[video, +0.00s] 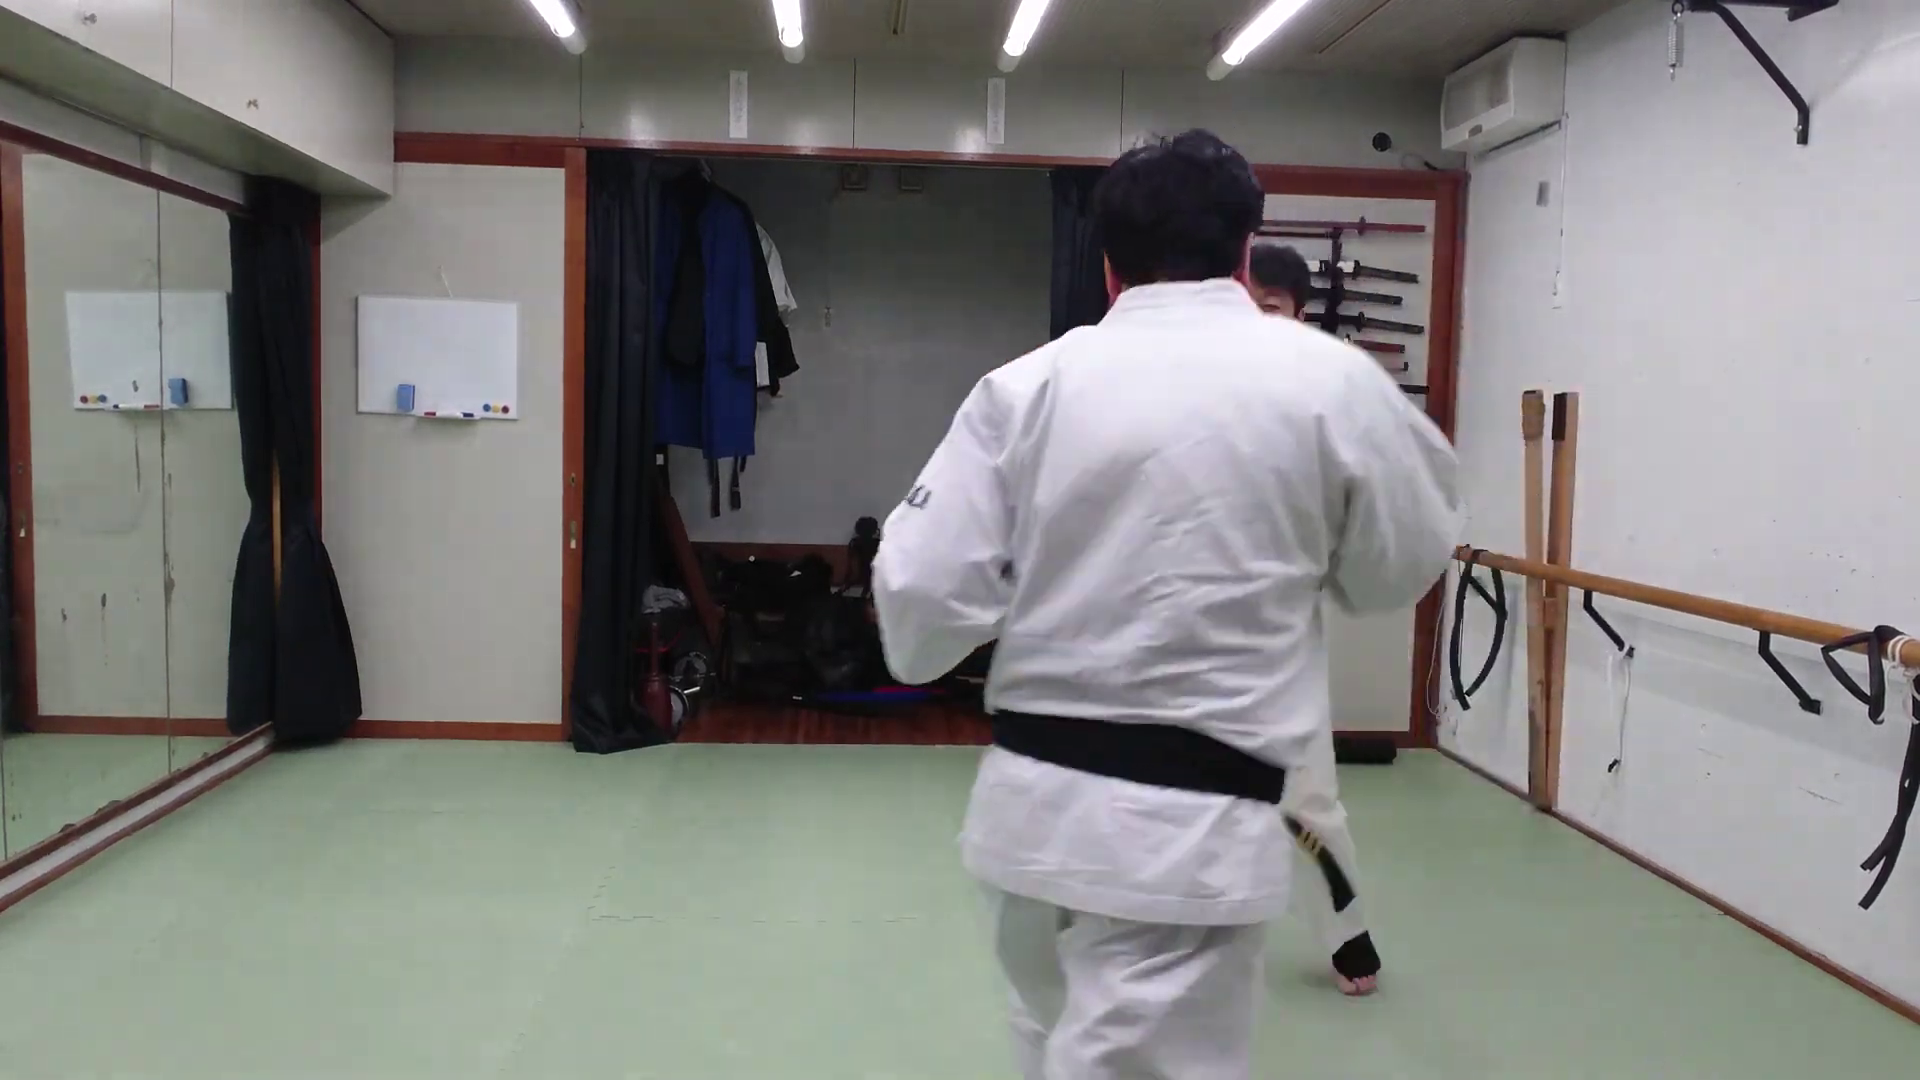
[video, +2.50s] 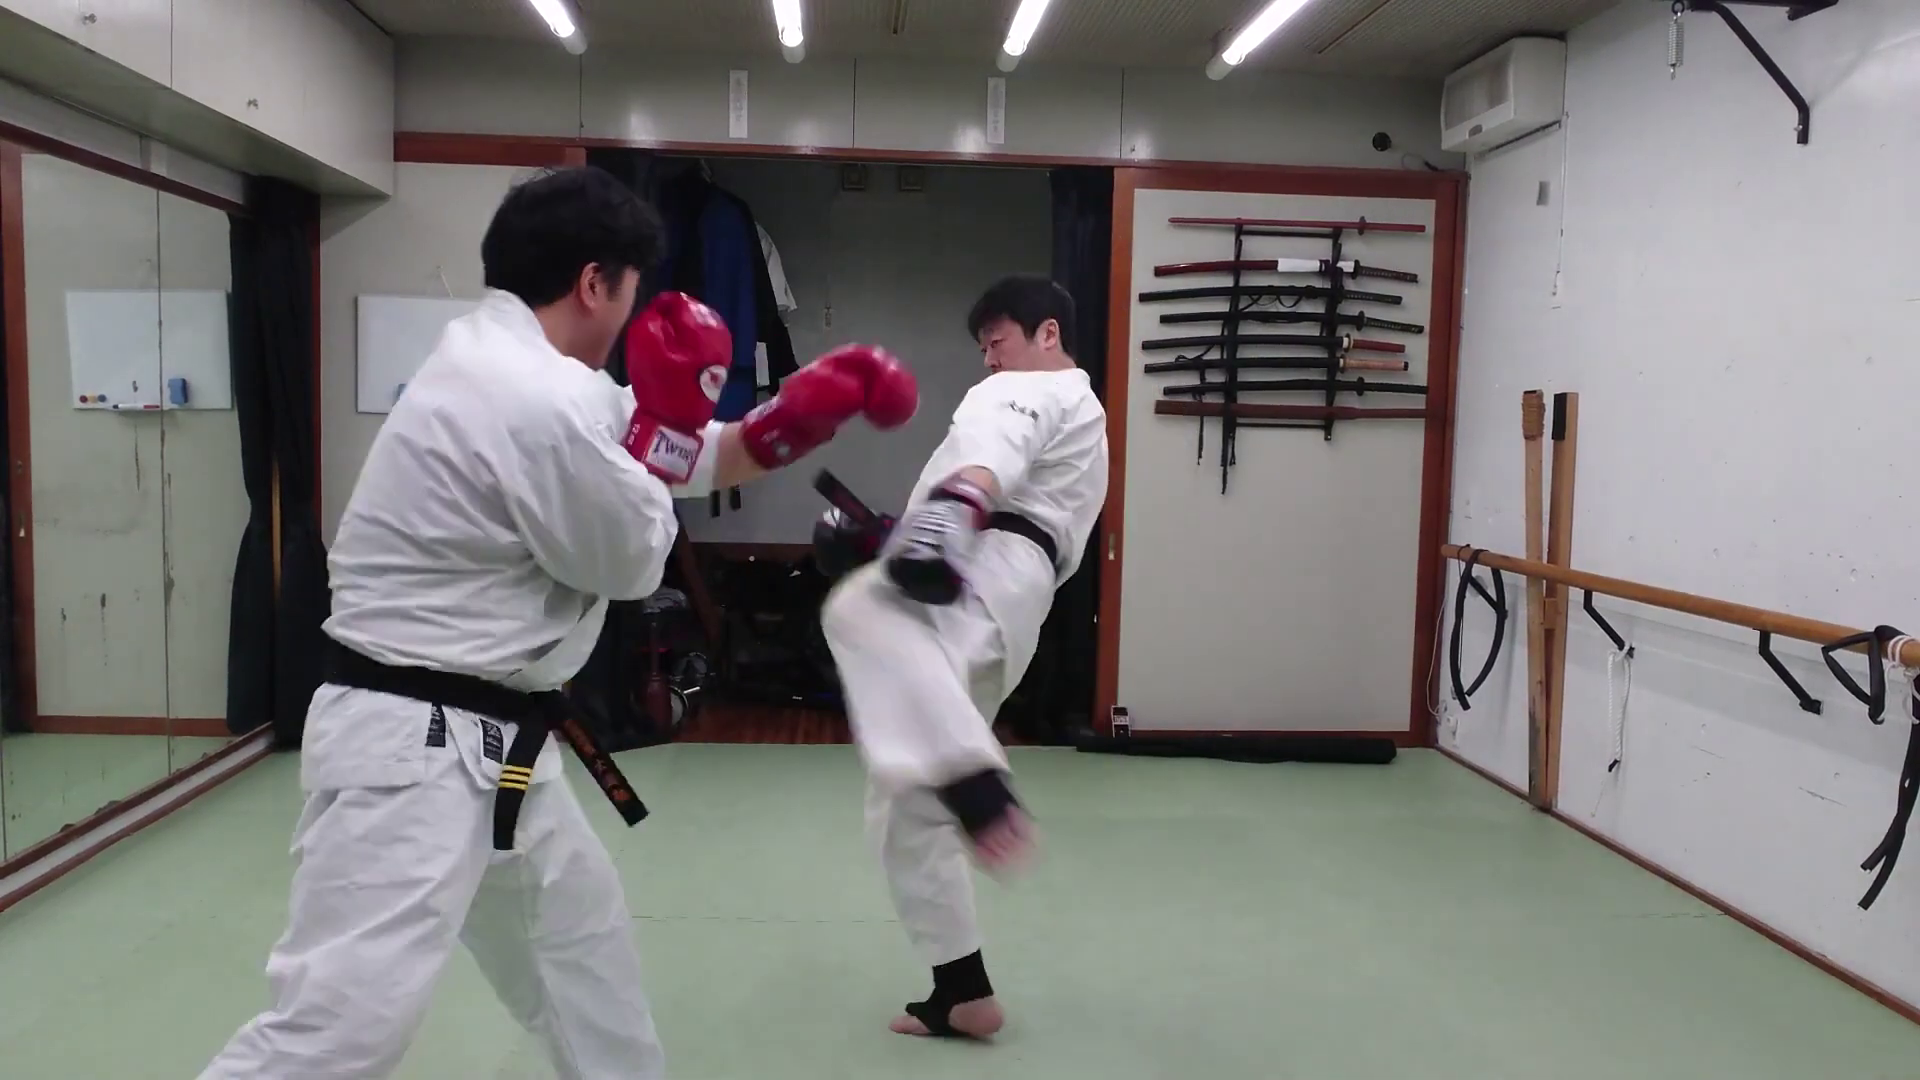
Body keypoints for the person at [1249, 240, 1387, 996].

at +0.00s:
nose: (1267, 320)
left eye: (1279, 306)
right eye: (1258, 302)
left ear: (1304, 311)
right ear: (1236, 296)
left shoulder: (1323, 387)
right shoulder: (1185, 386)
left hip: (1282, 637)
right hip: (1194, 643)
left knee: (1310, 798)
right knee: (1185, 794)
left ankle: (1349, 937)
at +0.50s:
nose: (1209, 325)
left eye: (1230, 312)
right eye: (1198, 310)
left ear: (1266, 321)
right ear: (1181, 317)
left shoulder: (1301, 409)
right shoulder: (1145, 413)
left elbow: (1331, 524)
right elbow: (1079, 510)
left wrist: (1272, 442)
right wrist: (1040, 440)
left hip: (1231, 627)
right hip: (1137, 604)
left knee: (1215, 833)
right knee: (1082, 684)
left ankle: (1187, 1026)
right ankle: (1085, 857)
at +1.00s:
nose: (1153, 319)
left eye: (1173, 304)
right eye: (1143, 303)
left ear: (1216, 312)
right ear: (1131, 311)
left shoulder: (1267, 415)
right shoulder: (1099, 415)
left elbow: (1322, 548)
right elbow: (1029, 521)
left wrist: (1279, 477)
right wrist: (984, 535)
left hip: (1197, 641)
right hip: (1080, 618)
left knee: (1197, 848)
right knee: (965, 762)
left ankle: (1164, 1029)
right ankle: (904, 937)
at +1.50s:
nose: (1059, 325)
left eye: (1071, 310)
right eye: (1049, 313)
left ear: (1109, 308)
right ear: (1040, 319)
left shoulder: (1170, 381)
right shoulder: (1045, 394)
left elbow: (1109, 361)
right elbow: (970, 433)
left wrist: (1105, 264)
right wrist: (917, 438)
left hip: (1139, 588)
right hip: (1058, 586)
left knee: (1017, 522)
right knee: (1056, 780)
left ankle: (1006, 728)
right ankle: (1067, 965)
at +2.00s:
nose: (1011, 308)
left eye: (1029, 293)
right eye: (1001, 293)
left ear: (1074, 298)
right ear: (992, 302)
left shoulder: (1125, 387)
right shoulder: (978, 410)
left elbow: (1201, 488)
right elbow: (978, 539)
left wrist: (1210, 579)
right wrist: (981, 624)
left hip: (1088, 599)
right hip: (1013, 608)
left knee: (1035, 724)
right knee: (1009, 773)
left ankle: (1082, 953)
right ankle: (1057, 960)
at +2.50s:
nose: (989, 360)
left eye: (1000, 343)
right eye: (983, 348)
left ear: (1049, 335)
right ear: (1052, 346)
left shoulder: (1036, 385)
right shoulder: (1075, 417)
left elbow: (986, 457)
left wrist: (941, 527)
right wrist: (884, 535)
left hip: (994, 551)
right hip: (1019, 602)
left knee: (862, 603)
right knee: (907, 787)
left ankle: (973, 783)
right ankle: (962, 987)